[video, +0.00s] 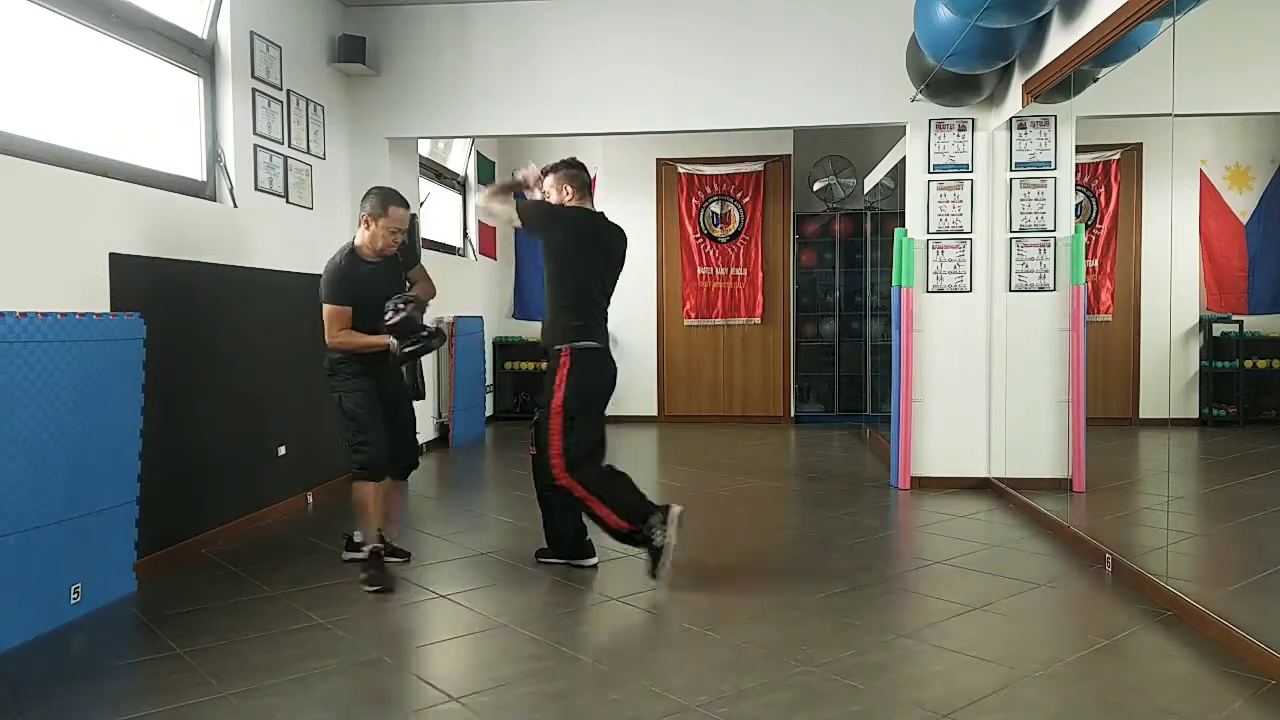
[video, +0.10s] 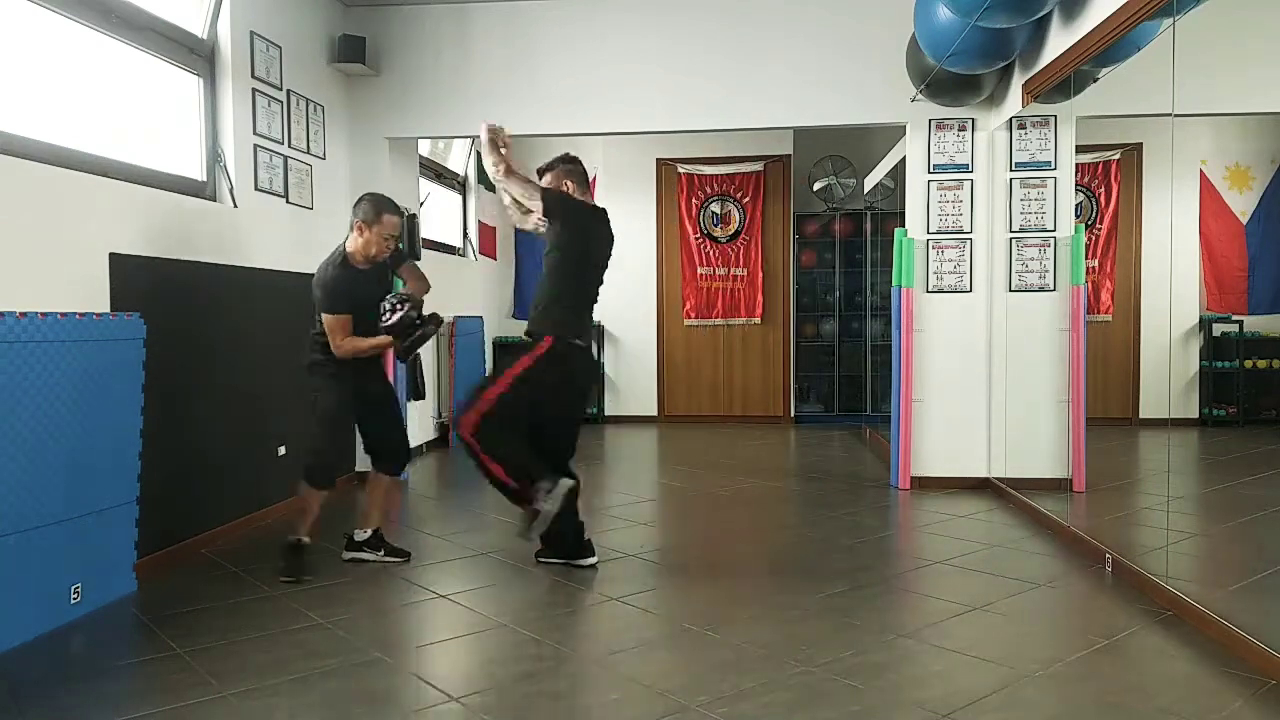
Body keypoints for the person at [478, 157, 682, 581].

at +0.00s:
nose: (547, 199)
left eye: (548, 192)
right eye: (546, 192)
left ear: (565, 192)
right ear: (587, 193)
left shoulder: (556, 219)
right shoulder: (614, 233)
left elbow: (487, 202)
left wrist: (518, 183)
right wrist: (533, 190)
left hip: (571, 360)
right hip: (594, 359)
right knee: (547, 456)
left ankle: (649, 523)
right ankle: (570, 547)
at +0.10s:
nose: (543, 199)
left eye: (546, 190)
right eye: (543, 192)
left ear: (567, 184)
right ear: (577, 186)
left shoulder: (582, 215)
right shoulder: (585, 224)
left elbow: (510, 180)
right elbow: (523, 216)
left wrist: (492, 153)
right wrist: (499, 168)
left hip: (552, 349)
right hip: (574, 353)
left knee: (472, 425)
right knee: (552, 450)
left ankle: (539, 489)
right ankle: (569, 545)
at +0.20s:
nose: (540, 209)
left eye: (543, 200)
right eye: (538, 203)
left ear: (567, 194)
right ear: (567, 198)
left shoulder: (581, 231)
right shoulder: (559, 236)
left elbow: (512, 237)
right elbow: (502, 260)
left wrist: (492, 198)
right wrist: (489, 211)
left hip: (524, 347)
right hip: (533, 352)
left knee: (426, 349)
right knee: (522, 445)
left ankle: (462, 430)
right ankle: (571, 541)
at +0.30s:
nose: (524, 220)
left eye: (527, 210)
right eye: (522, 213)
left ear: (551, 206)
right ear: (554, 209)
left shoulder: (565, 252)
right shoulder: (555, 252)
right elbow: (506, 302)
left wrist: (490, 258)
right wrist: (487, 261)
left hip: (498, 357)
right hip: (515, 365)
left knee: (398, 351)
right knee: (518, 457)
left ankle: (447, 428)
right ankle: (571, 541)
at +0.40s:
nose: (499, 221)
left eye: (502, 213)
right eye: (498, 214)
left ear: (524, 212)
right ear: (535, 214)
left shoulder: (528, 256)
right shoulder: (561, 260)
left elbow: (461, 293)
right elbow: (502, 290)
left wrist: (462, 249)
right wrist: (484, 260)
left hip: (482, 370)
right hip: (513, 376)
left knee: (384, 406)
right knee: (508, 458)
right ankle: (567, 541)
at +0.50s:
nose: (463, 223)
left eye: (467, 214)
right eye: (463, 215)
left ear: (490, 214)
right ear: (503, 216)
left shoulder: (482, 255)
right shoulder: (537, 263)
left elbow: (406, 274)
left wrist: (419, 226)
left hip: (461, 380)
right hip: (498, 382)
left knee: (381, 455)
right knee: (504, 467)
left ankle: (366, 557)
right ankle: (562, 540)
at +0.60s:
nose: (400, 216)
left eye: (403, 209)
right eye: (399, 209)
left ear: (421, 210)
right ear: (440, 210)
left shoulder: (430, 261)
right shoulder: (464, 248)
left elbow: (357, 277)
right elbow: (428, 275)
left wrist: (370, 217)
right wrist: (404, 252)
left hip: (437, 382)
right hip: (467, 378)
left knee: (371, 457)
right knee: (483, 465)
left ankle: (345, 560)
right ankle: (559, 529)